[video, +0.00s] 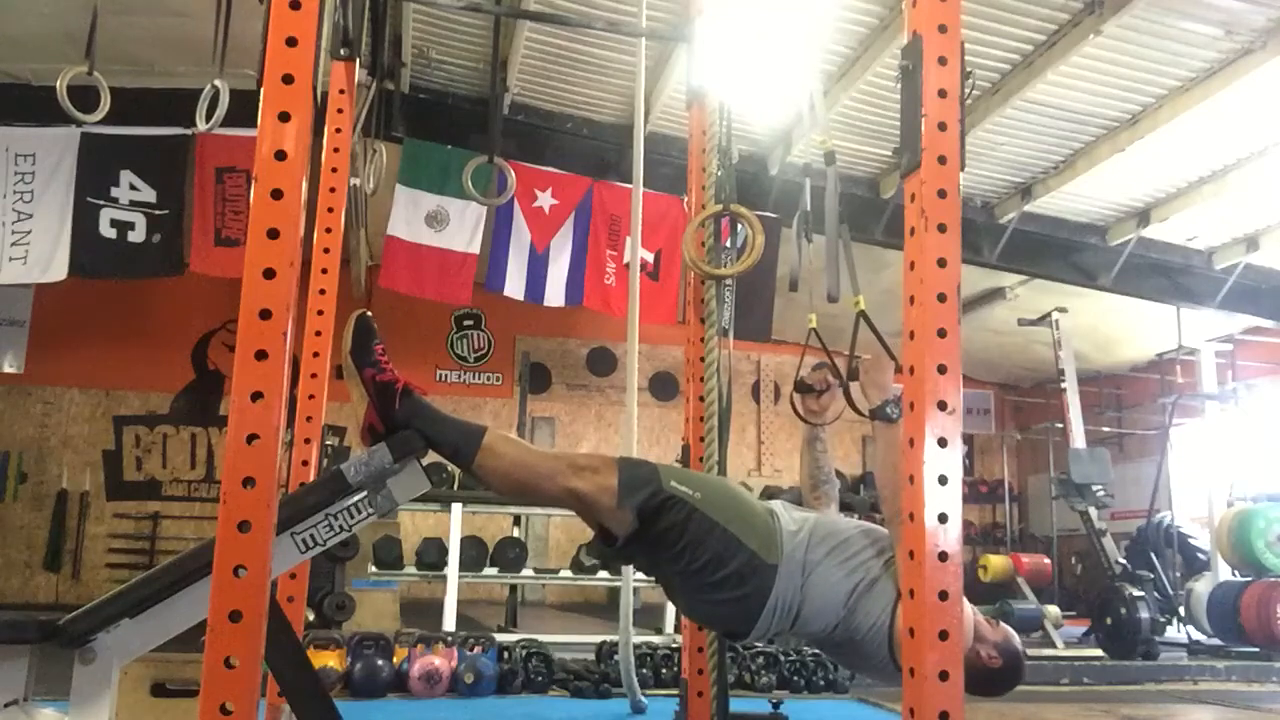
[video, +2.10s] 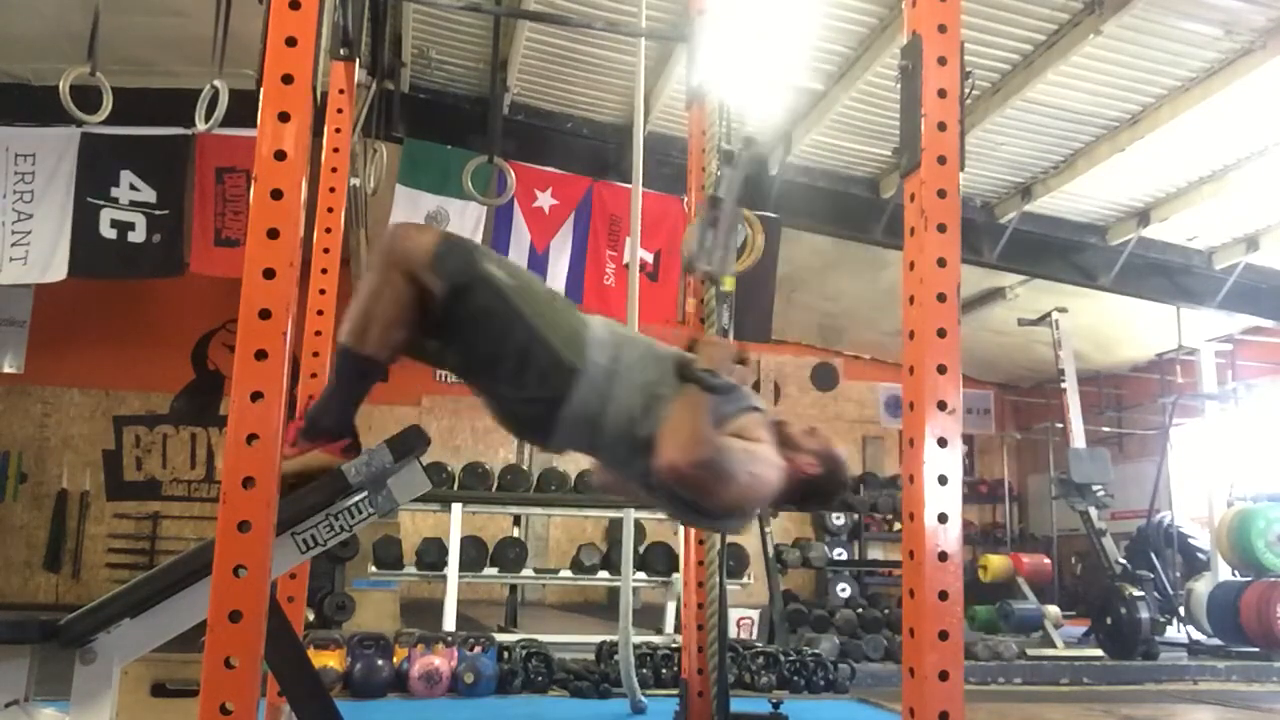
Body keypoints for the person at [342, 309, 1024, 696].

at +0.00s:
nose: (987, 628)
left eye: (992, 643)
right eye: (998, 632)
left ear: (973, 658)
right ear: (978, 636)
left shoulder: (941, 622)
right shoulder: (919, 641)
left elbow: (924, 516)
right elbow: (910, 511)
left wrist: (903, 414)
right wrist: (896, 419)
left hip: (765, 550)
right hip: (755, 577)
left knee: (598, 477)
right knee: (582, 491)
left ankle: (404, 408)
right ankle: (412, 437)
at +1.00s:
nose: (1017, 568)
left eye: (1024, 583)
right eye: (1025, 569)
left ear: (1007, 613)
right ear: (1002, 566)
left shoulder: (966, 596)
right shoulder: (947, 564)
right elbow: (859, 499)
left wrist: (934, 454)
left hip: (771, 549)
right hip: (766, 522)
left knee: (606, 479)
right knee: (600, 470)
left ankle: (402, 412)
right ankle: (416, 432)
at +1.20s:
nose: (1014, 502)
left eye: (1023, 512)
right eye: (1022, 499)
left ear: (1015, 544)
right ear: (1010, 492)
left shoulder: (969, 532)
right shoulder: (960, 496)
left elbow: (908, 490)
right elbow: (891, 460)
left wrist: (928, 428)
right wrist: (888, 409)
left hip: (786, 500)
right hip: (775, 475)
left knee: (605, 461)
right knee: (596, 453)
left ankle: (402, 417)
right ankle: (407, 415)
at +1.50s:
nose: (1019, 422)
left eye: (1030, 432)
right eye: (1025, 419)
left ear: (1027, 460)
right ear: (1011, 421)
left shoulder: (985, 465)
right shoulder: (964, 428)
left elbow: (907, 471)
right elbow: (886, 426)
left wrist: (918, 381)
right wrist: (895, 370)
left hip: (786, 443)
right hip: (776, 425)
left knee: (594, 373)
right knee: (579, 392)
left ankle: (389, 407)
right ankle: (398, 421)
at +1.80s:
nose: (925, 422)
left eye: (939, 432)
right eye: (937, 422)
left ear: (938, 467)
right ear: (927, 426)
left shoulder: (897, 486)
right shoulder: (884, 434)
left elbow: (825, 474)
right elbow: (828, 418)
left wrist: (824, 382)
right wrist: (830, 363)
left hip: (687, 418)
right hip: (688, 382)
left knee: (530, 294)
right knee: (515, 316)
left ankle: (370, 408)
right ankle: (378, 400)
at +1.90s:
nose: (894, 421)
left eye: (906, 434)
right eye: (904, 420)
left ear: (900, 470)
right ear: (891, 433)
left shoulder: (848, 480)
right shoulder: (832, 439)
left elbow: (772, 476)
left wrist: (802, 394)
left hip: (646, 405)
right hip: (646, 395)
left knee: (492, 276)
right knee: (485, 303)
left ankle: (352, 416)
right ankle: (357, 413)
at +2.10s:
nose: (809, 438)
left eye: (817, 452)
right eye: (817, 440)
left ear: (807, 471)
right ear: (804, 437)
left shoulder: (763, 473)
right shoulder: (746, 444)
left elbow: (679, 458)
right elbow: (602, 477)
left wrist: (710, 378)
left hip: (569, 373)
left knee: (410, 243)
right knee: (392, 296)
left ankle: (329, 421)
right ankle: (326, 421)